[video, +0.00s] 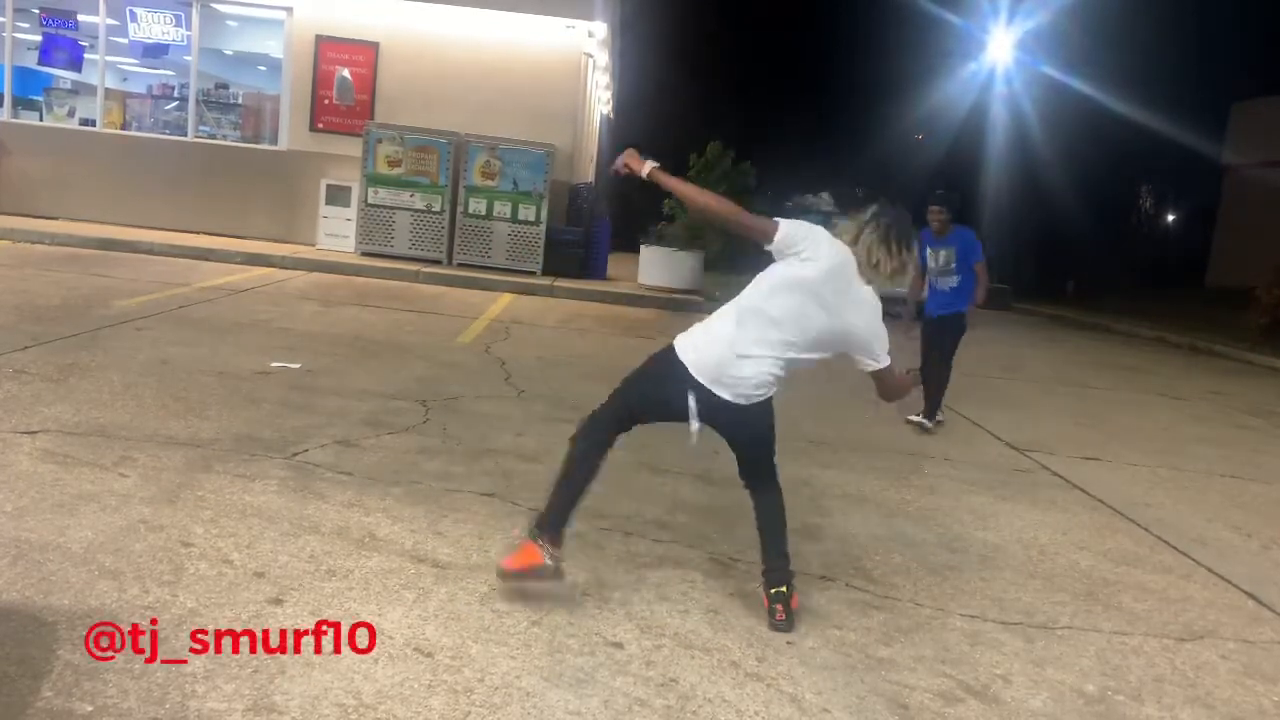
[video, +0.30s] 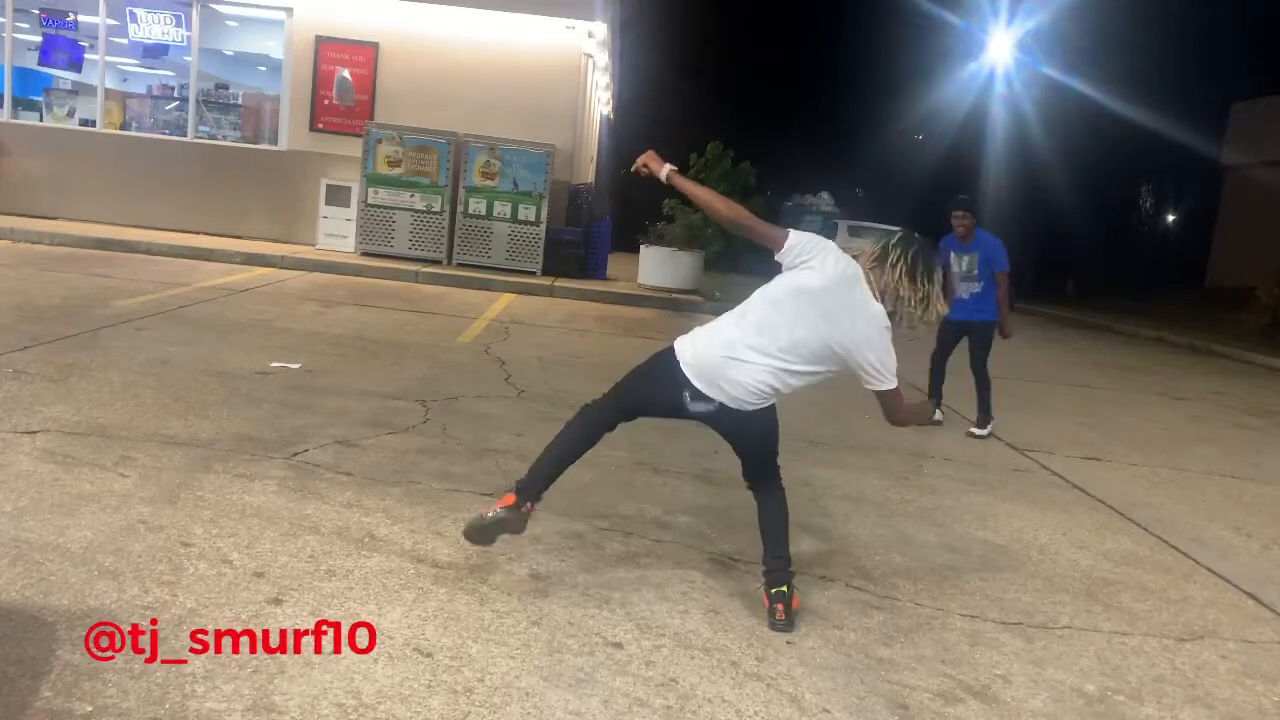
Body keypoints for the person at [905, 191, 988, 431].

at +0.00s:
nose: (935, 219)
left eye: (940, 214)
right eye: (931, 214)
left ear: (949, 215)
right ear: (927, 215)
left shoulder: (966, 238)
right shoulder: (925, 238)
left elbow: (981, 272)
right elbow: (919, 273)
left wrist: (977, 300)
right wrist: (912, 301)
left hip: (955, 310)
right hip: (931, 309)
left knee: (941, 359)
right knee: (927, 360)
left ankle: (931, 412)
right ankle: (931, 409)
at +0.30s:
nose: (959, 223)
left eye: (964, 218)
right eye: (955, 218)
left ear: (974, 220)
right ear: (950, 220)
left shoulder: (992, 245)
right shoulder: (946, 244)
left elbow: (1003, 283)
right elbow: (945, 274)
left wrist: (1003, 320)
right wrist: (947, 301)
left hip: (983, 317)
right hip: (956, 314)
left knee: (978, 365)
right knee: (938, 359)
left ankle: (984, 419)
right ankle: (934, 407)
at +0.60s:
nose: (969, 226)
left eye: (974, 221)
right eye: (965, 221)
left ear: (984, 222)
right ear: (960, 222)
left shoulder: (1001, 246)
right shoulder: (954, 246)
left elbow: (1014, 284)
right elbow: (956, 279)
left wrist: (1016, 322)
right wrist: (960, 307)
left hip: (994, 317)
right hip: (966, 315)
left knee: (984, 364)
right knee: (952, 361)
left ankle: (985, 419)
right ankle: (951, 409)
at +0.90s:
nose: (964, 221)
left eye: (969, 217)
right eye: (961, 216)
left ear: (981, 219)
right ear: (956, 219)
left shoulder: (998, 244)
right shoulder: (951, 244)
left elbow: (1009, 285)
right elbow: (954, 277)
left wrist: (1010, 323)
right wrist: (959, 303)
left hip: (990, 316)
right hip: (963, 314)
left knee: (983, 365)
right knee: (951, 360)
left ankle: (984, 419)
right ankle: (951, 409)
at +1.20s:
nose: (962, 217)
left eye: (967, 212)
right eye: (958, 212)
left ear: (978, 215)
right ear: (953, 215)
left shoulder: (995, 240)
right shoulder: (948, 240)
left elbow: (1007, 281)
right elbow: (952, 275)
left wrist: (1005, 321)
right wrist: (956, 303)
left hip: (987, 315)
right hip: (960, 313)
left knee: (983, 366)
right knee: (951, 361)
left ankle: (983, 418)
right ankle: (951, 408)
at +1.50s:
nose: (959, 216)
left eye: (964, 211)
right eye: (955, 210)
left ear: (975, 213)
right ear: (951, 213)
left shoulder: (993, 239)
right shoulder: (946, 238)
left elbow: (1005, 278)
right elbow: (949, 274)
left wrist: (1004, 320)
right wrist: (955, 302)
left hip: (986, 315)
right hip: (959, 313)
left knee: (984, 366)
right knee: (952, 361)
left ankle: (983, 418)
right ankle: (951, 408)